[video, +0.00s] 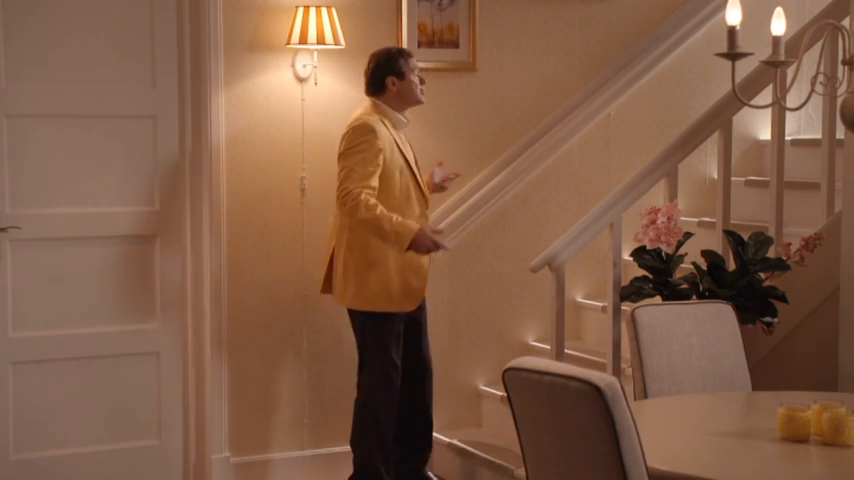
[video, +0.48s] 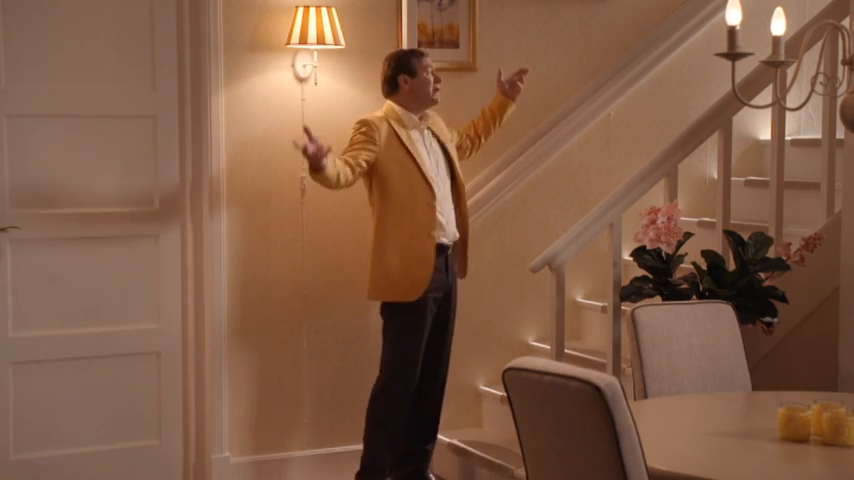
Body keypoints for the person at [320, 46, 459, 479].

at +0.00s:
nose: (423, 83)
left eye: (421, 75)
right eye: (416, 75)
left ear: (392, 83)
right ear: (392, 82)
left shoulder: (391, 130)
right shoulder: (366, 128)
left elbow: (396, 200)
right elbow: (354, 200)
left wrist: (430, 184)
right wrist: (409, 233)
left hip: (402, 278)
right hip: (375, 281)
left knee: (416, 378)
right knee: (381, 381)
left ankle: (411, 469)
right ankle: (370, 474)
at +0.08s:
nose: (424, 81)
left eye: (421, 74)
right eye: (416, 74)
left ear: (395, 84)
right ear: (390, 83)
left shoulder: (399, 130)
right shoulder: (365, 130)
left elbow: (403, 192)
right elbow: (355, 200)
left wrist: (443, 177)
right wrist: (411, 229)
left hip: (407, 280)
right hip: (378, 282)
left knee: (411, 381)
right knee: (382, 381)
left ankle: (410, 471)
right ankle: (370, 473)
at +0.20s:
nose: (427, 80)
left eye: (425, 73)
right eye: (421, 73)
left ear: (398, 83)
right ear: (397, 81)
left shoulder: (405, 130)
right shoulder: (369, 131)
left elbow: (424, 179)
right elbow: (354, 200)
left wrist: (474, 166)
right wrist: (384, 233)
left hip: (418, 277)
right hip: (388, 280)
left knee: (412, 380)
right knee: (387, 382)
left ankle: (410, 470)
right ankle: (370, 473)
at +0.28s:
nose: (430, 81)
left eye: (428, 74)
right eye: (423, 74)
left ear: (402, 83)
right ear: (398, 82)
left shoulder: (411, 129)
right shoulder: (374, 129)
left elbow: (442, 168)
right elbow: (355, 187)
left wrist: (493, 147)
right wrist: (358, 230)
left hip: (424, 280)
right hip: (394, 282)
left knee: (416, 386)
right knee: (390, 387)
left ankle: (411, 471)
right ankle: (371, 474)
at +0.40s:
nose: (436, 82)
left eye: (435, 76)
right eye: (430, 76)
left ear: (411, 83)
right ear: (405, 83)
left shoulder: (429, 129)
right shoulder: (376, 128)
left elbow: (464, 147)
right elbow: (355, 173)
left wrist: (504, 110)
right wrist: (334, 185)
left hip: (438, 266)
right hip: (403, 270)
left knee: (427, 378)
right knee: (396, 379)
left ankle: (413, 469)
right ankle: (372, 474)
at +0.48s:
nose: (438, 80)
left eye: (436, 73)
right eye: (430, 73)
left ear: (412, 82)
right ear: (404, 81)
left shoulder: (435, 128)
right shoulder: (376, 127)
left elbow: (466, 143)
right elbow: (345, 172)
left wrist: (503, 100)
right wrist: (322, 165)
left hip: (445, 262)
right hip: (407, 264)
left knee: (432, 377)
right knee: (399, 377)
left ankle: (414, 471)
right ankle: (374, 473)